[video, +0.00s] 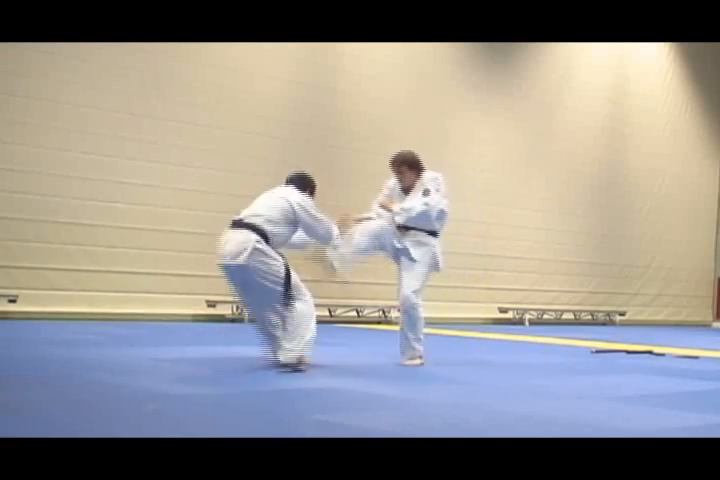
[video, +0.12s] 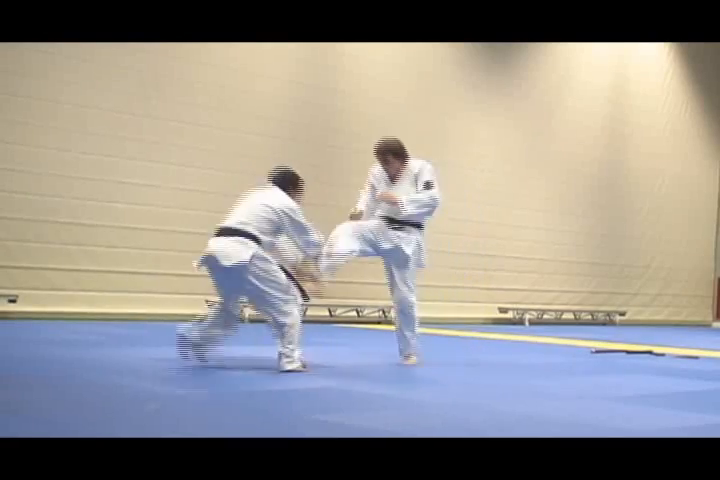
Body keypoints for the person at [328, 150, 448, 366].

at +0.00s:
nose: (399, 179)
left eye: (402, 174)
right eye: (396, 174)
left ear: (415, 171)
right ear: (396, 173)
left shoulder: (432, 182)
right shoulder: (394, 185)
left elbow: (430, 206)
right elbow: (379, 210)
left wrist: (395, 209)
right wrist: (356, 221)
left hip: (421, 245)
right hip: (396, 236)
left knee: (408, 296)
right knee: (378, 226)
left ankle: (413, 353)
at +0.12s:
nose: (384, 168)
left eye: (387, 163)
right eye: (382, 163)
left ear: (399, 159)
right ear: (380, 161)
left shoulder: (421, 169)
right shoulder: (377, 172)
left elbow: (432, 200)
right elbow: (368, 195)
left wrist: (400, 200)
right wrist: (360, 210)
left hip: (406, 235)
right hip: (380, 227)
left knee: (404, 298)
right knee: (347, 231)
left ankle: (409, 352)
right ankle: (322, 270)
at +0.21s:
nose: (372, 159)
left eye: (376, 154)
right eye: (370, 154)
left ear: (390, 152)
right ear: (368, 153)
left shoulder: (414, 168)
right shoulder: (366, 167)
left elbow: (436, 194)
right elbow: (360, 192)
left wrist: (411, 200)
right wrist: (356, 204)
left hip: (395, 232)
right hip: (364, 229)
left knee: (393, 292)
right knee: (339, 266)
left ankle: (393, 345)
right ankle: (341, 322)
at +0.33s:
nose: (350, 164)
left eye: (355, 160)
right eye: (349, 160)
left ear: (369, 161)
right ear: (349, 161)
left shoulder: (393, 185)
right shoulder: (345, 182)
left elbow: (425, 204)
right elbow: (340, 208)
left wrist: (407, 219)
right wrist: (339, 220)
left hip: (377, 247)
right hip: (348, 246)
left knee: (382, 304)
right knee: (332, 291)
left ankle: (386, 350)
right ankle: (349, 330)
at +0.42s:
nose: (327, 170)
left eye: (331, 166)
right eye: (326, 165)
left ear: (344, 168)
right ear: (326, 167)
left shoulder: (365, 183)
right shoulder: (327, 185)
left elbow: (402, 201)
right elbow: (328, 211)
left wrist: (379, 212)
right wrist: (318, 218)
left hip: (361, 251)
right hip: (332, 249)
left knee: (372, 308)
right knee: (308, 284)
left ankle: (381, 353)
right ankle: (325, 333)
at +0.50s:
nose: (293, 162)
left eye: (298, 157)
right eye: (291, 157)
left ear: (313, 157)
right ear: (294, 158)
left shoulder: (335, 172)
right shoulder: (301, 177)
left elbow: (372, 191)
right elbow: (306, 199)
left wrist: (339, 194)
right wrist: (292, 205)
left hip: (338, 247)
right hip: (308, 246)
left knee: (356, 303)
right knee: (276, 275)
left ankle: (385, 352)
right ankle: (276, 335)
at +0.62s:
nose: (251, 155)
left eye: (255, 150)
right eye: (250, 150)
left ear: (271, 149)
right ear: (263, 150)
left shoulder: (291, 166)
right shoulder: (263, 174)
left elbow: (286, 184)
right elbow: (249, 195)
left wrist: (249, 172)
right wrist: (228, 187)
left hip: (302, 240)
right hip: (273, 244)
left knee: (334, 295)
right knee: (235, 292)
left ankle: (368, 343)